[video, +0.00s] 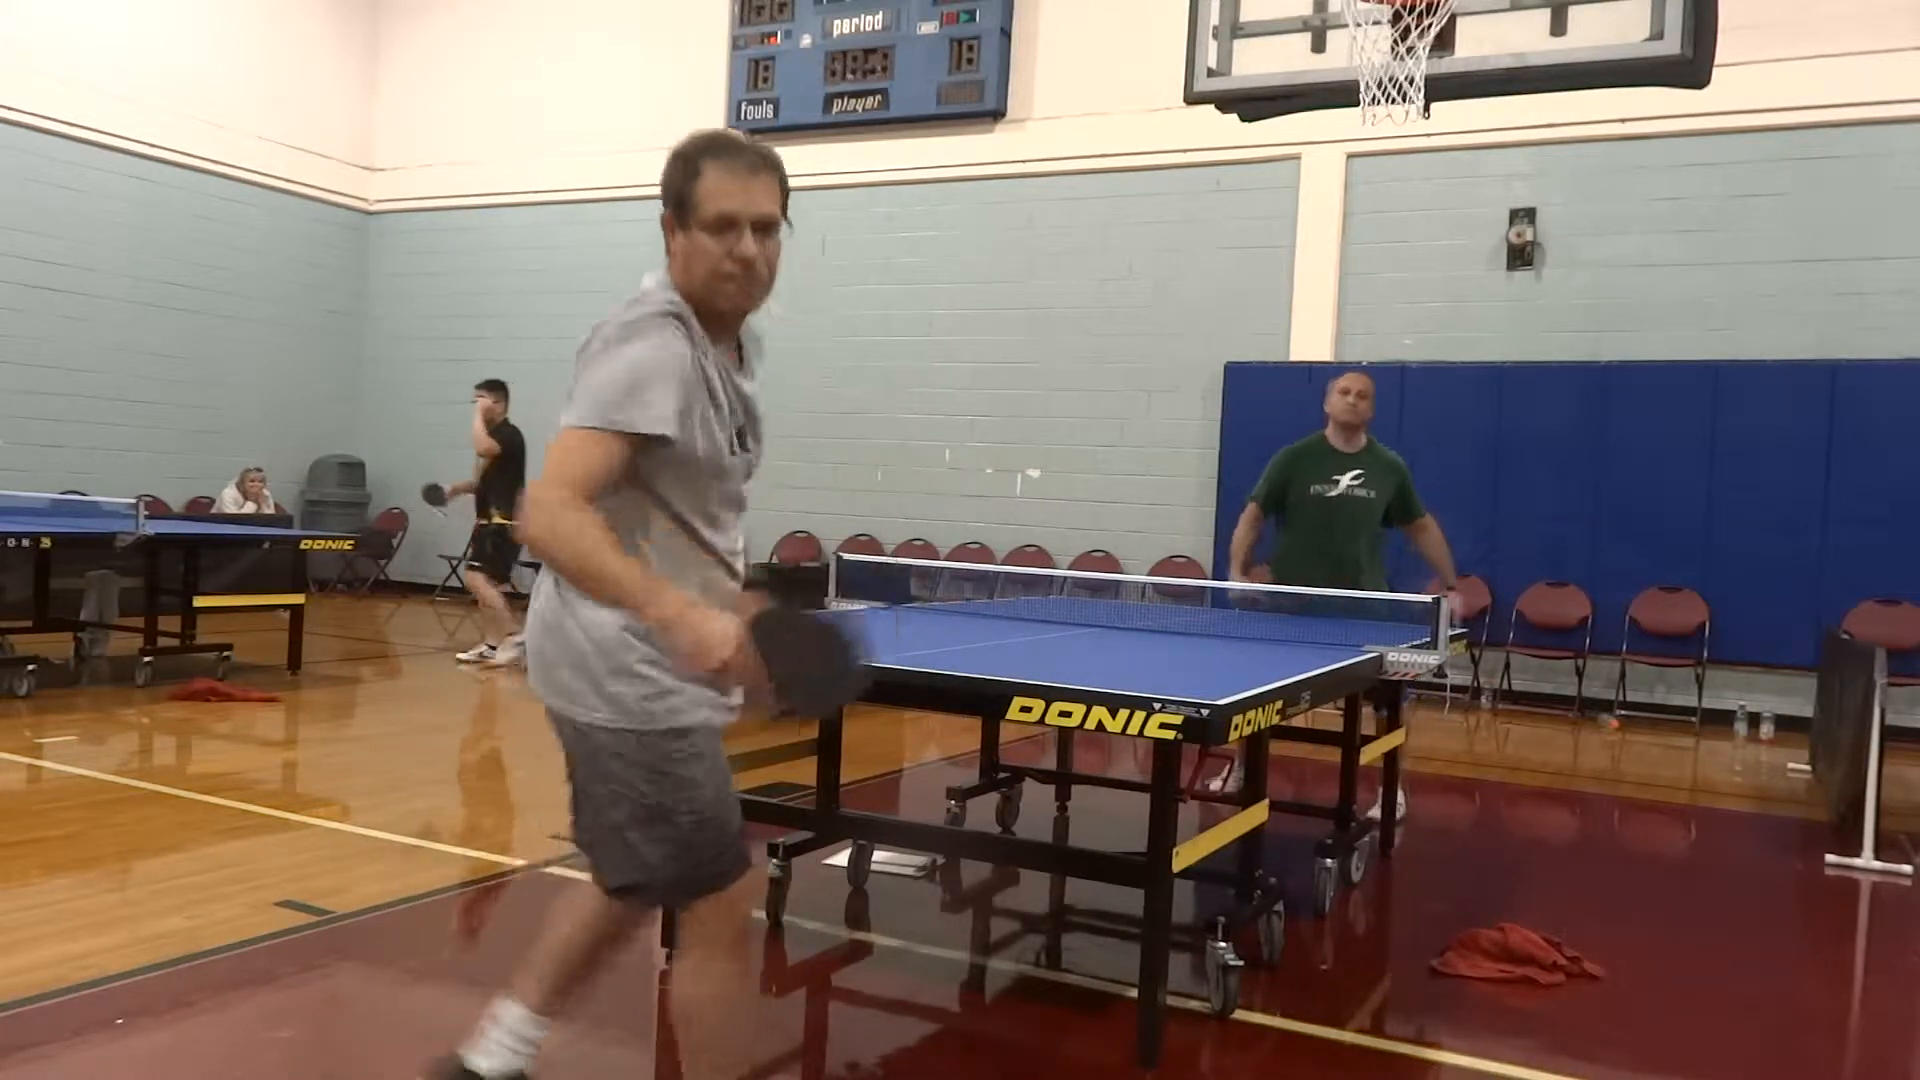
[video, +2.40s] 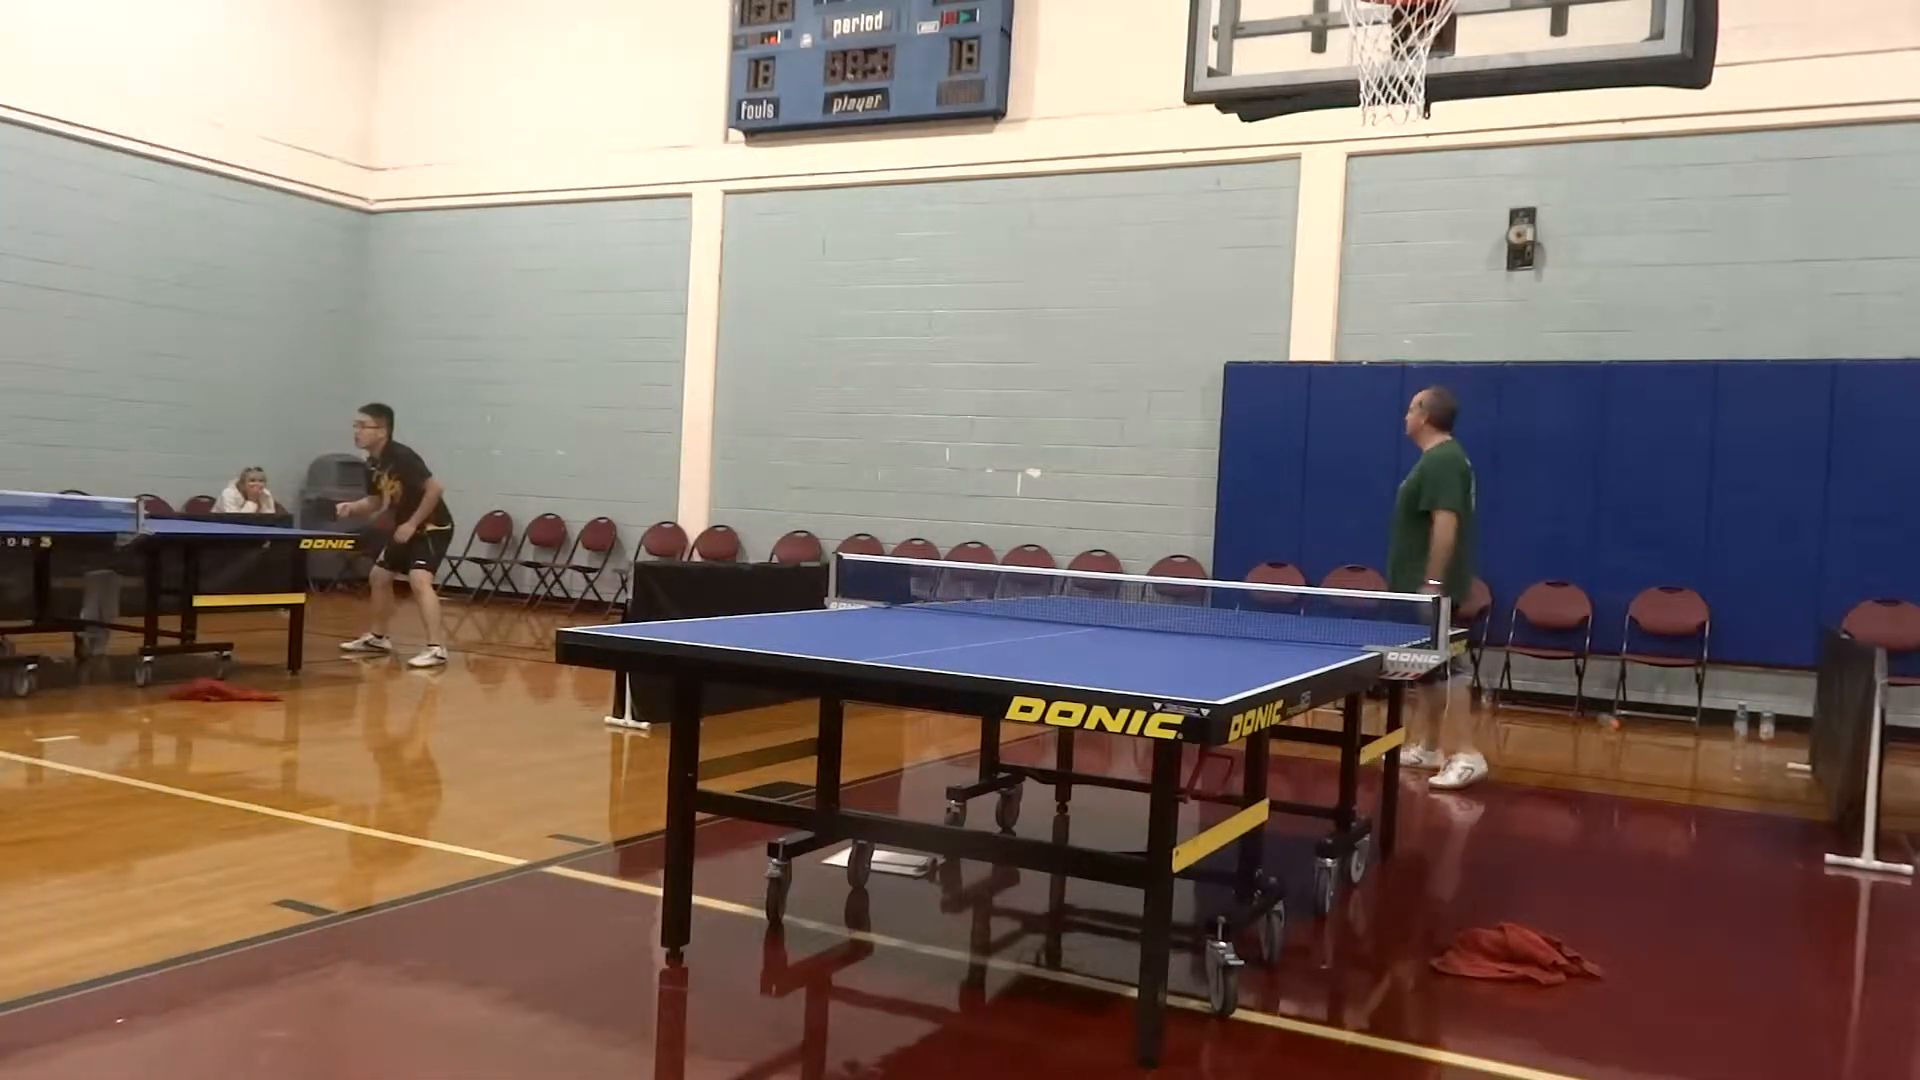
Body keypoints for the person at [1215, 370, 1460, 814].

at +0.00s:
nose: (1353, 402)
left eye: (1362, 397)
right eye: (1345, 393)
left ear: (1372, 411)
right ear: (1326, 401)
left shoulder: (1389, 467)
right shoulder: (1293, 459)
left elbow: (1420, 526)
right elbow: (1252, 517)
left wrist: (1451, 582)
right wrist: (1237, 573)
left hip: (1365, 607)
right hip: (1292, 601)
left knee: (1388, 697)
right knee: (1257, 681)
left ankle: (1392, 787)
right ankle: (1243, 767)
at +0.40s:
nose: (1414, 391)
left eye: (1425, 387)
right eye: (1408, 382)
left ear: (1436, 402)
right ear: (1392, 390)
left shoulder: (1447, 460)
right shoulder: (1352, 442)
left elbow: (1486, 520)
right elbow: (1314, 503)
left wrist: (1495, 569)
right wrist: (1290, 563)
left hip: (1401, 602)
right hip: (1334, 593)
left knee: (1402, 700)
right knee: (1315, 677)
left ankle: (1392, 787)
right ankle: (1309, 750)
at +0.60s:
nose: (1415, 390)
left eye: (1426, 386)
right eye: (1408, 382)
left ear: (1437, 401)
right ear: (1393, 390)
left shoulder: (1453, 457)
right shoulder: (1356, 444)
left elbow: (1485, 522)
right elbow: (1323, 505)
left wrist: (1500, 585)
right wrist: (1315, 555)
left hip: (1417, 603)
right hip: (1355, 597)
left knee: (1412, 703)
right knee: (1361, 697)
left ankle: (1396, 789)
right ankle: (1369, 785)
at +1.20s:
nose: (1376, 404)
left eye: (1385, 396)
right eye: (1371, 399)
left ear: (1410, 403)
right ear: (1367, 409)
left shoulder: (1446, 449)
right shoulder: (1360, 465)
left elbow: (1490, 509)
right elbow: (1344, 529)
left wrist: (1496, 574)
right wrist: (1332, 585)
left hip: (1439, 595)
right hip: (1380, 596)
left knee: (1442, 686)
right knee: (1385, 687)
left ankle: (1446, 758)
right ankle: (1392, 766)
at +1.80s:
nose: (1417, 411)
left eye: (1426, 407)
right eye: (1419, 404)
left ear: (1452, 417)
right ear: (1436, 415)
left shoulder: (1478, 465)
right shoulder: (1421, 454)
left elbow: (1475, 539)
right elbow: (1412, 517)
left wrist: (1436, 589)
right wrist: (1391, 559)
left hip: (1466, 601)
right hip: (1414, 595)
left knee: (1479, 686)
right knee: (1406, 679)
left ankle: (1477, 764)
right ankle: (1392, 757)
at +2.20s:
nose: (1412, 412)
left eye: (1420, 406)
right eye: (1415, 404)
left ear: (1441, 416)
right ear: (1439, 416)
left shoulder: (1462, 463)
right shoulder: (1432, 459)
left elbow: (1475, 531)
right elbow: (1428, 528)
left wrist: (1482, 594)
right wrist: (1415, 585)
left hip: (1452, 595)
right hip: (1421, 591)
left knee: (1467, 677)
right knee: (1424, 672)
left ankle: (1476, 763)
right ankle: (1423, 746)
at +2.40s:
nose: (1407, 415)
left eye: (1412, 409)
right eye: (1410, 408)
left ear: (1427, 417)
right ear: (1437, 418)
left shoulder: (1444, 460)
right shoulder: (1440, 457)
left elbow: (1445, 526)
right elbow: (1445, 527)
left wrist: (1432, 583)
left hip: (1433, 592)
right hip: (1419, 591)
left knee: (1447, 673)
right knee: (1423, 672)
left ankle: (1464, 753)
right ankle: (1425, 747)